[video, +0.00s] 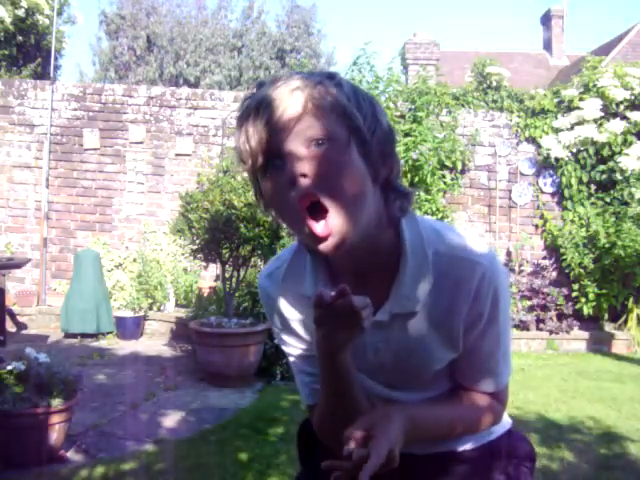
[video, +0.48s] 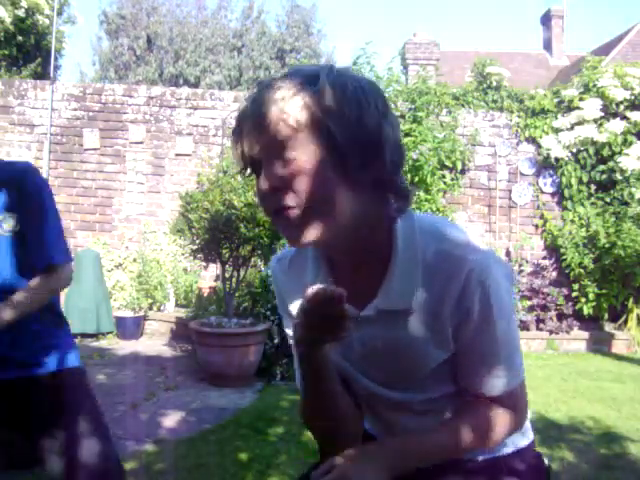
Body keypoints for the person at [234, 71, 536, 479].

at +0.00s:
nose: (297, 173)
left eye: (317, 144)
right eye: (273, 163)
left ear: (379, 159)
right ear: (264, 198)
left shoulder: (472, 273)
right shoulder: (282, 286)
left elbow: (485, 405)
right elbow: (336, 440)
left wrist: (402, 418)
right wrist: (333, 351)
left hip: (468, 454)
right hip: (355, 457)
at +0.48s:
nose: (264, 185)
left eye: (283, 157)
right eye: (256, 167)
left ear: (357, 154)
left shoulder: (467, 269)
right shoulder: (292, 273)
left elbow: (503, 410)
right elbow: (337, 447)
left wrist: (384, 459)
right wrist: (311, 353)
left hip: (483, 460)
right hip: (377, 458)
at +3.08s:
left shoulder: (328, 26)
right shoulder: (484, 24)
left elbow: (292, 180)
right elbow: (599, 88)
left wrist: (288, 81)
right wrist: (500, 162)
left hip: (365, 304)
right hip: (470, 303)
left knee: (361, 462)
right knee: (444, 460)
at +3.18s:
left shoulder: (323, 27)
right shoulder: (482, 8)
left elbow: (297, 172)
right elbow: (586, 51)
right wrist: (503, 147)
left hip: (350, 295)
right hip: (463, 297)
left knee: (351, 464)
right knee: (455, 465)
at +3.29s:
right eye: (467, 17)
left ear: (373, 15)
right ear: (460, 16)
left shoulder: (325, 85)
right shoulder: (478, 64)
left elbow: (307, 218)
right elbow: (519, 153)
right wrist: (497, 237)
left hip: (336, 345)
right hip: (446, 350)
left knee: (333, 471)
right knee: (449, 470)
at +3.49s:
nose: (505, 71)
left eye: (508, 56)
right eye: (488, 52)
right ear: (427, 60)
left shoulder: (437, 152)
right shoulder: (396, 137)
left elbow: (428, 261)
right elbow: (297, 270)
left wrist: (485, 202)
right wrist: (429, 308)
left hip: (427, 399)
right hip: (381, 406)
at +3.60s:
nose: (492, 39)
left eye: (501, 22)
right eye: (470, 19)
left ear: (511, 31)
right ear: (419, 21)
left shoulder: (460, 122)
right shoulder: (379, 102)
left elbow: (449, 245)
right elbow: (257, 190)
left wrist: (522, 169)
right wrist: (388, 234)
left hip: (428, 356)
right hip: (375, 362)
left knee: (459, 468)